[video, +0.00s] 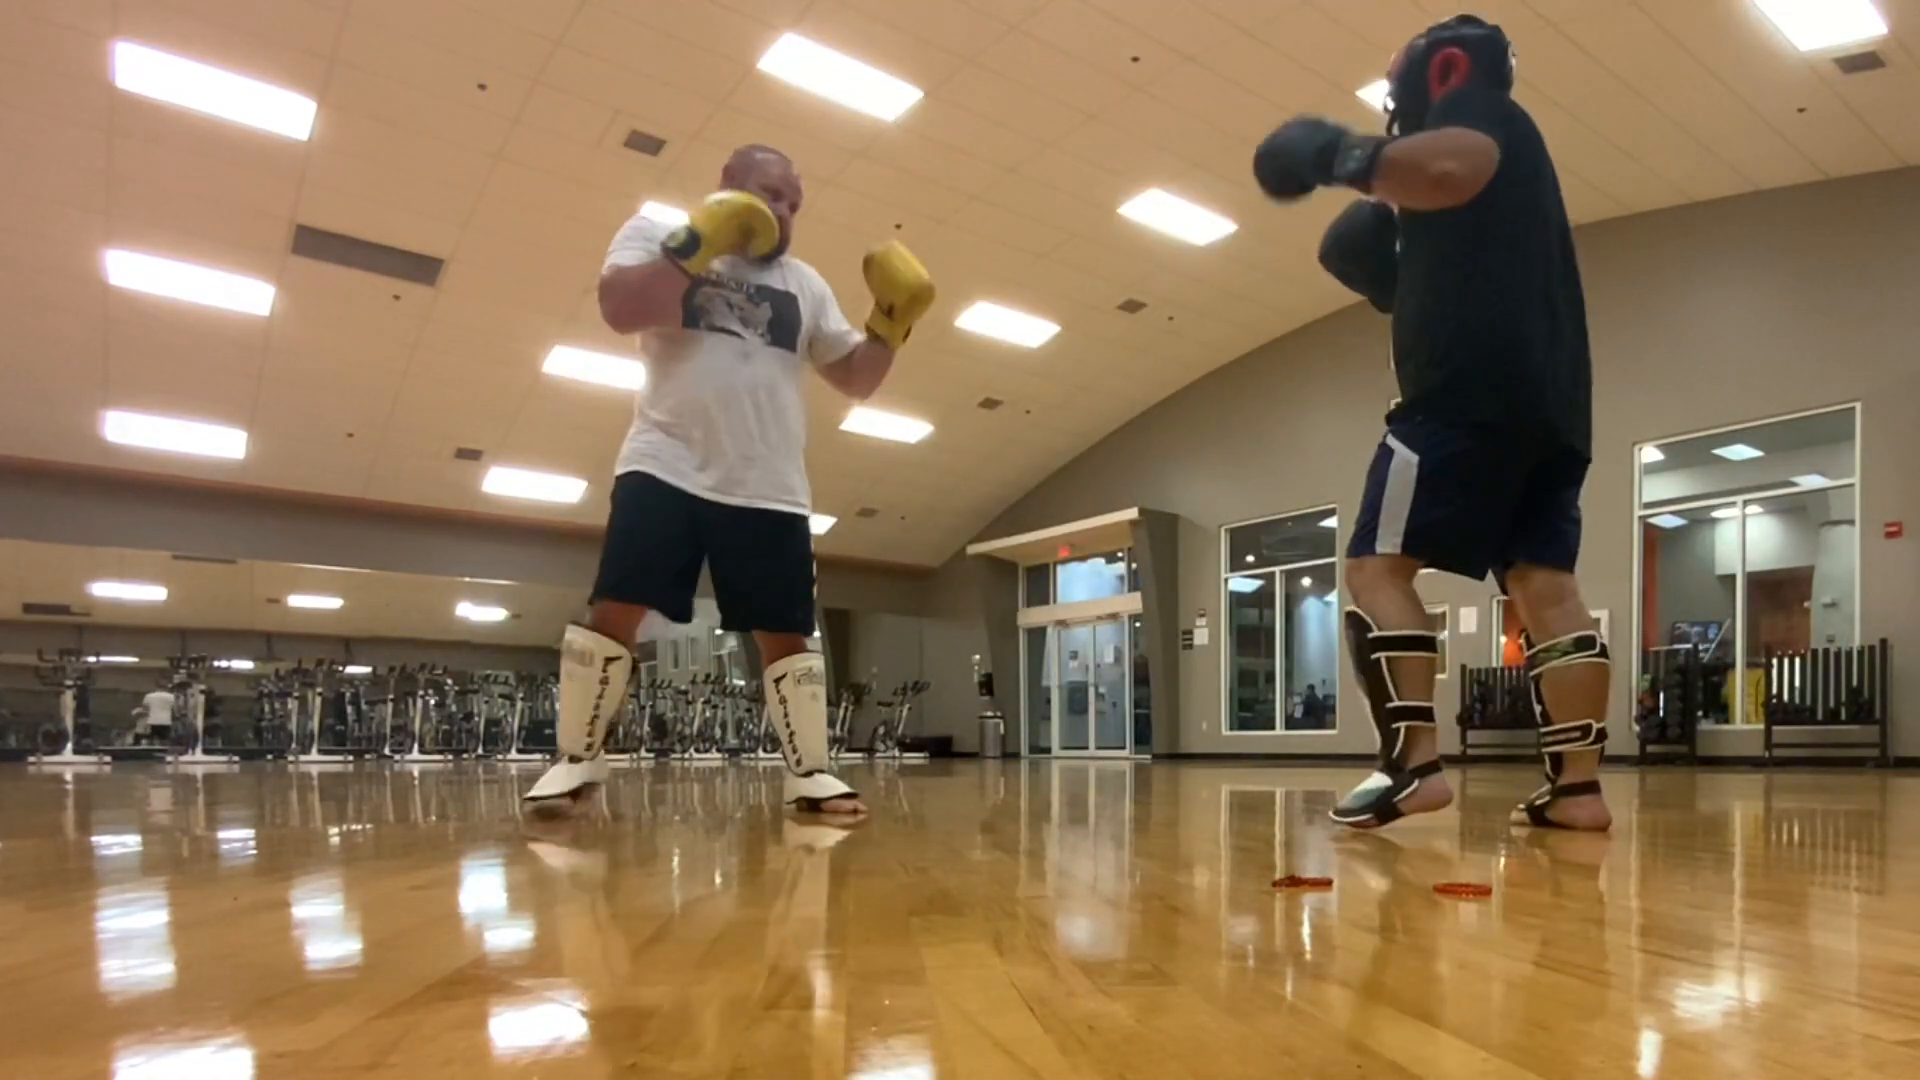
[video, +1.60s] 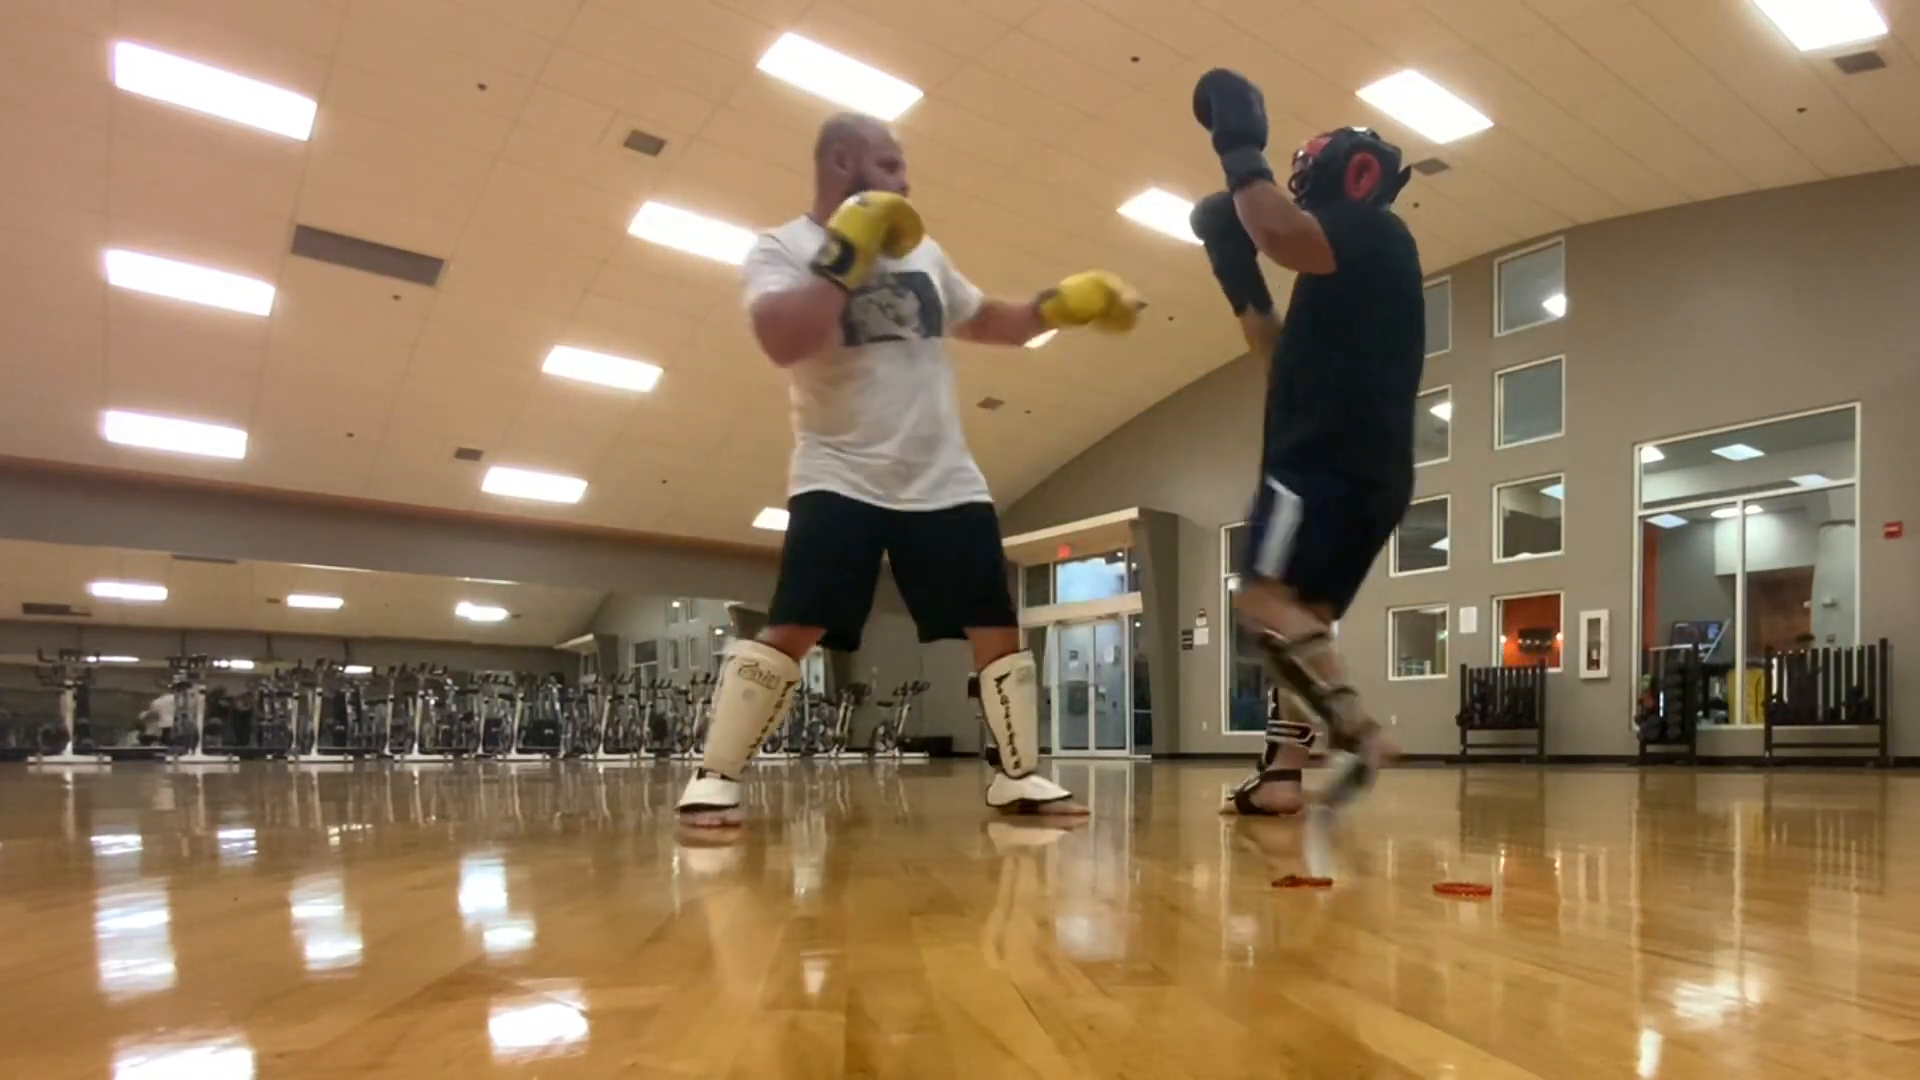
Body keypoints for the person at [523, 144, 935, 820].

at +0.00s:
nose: (783, 212)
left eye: (794, 203)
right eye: (771, 196)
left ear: (799, 211)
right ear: (728, 188)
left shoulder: (805, 283)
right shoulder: (662, 234)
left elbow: (855, 378)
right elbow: (620, 308)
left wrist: (890, 327)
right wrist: (700, 247)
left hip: (768, 475)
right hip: (667, 457)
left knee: (785, 626)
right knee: (618, 605)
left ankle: (810, 773)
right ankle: (577, 760)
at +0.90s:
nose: (845, 175)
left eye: (850, 167)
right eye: (837, 156)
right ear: (785, 138)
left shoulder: (832, 270)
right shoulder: (708, 192)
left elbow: (847, 374)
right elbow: (706, 278)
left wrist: (903, 340)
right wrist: (806, 230)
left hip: (823, 452)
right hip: (731, 431)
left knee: (839, 607)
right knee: (721, 590)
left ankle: (869, 773)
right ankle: (669, 773)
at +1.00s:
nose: (833, 176)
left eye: (839, 167)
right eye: (830, 160)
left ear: (800, 148)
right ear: (785, 138)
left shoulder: (826, 249)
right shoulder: (709, 186)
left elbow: (885, 345)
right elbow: (744, 269)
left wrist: (926, 287)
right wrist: (820, 210)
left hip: (819, 445)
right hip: (727, 436)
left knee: (894, 590)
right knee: (743, 600)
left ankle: (896, 742)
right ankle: (702, 785)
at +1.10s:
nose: (840, 188)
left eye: (842, 177)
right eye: (832, 171)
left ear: (798, 160)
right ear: (785, 153)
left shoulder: (816, 248)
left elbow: (902, 326)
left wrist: (939, 275)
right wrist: (861, 200)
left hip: (811, 437)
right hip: (730, 450)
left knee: (947, 458)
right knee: (754, 611)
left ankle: (936, 610)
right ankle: (707, 788)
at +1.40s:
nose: (826, 160)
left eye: (829, 148)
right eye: (815, 144)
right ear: (760, 131)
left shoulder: (850, 229)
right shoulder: (702, 211)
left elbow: (909, 306)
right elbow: (705, 269)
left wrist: (984, 361)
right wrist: (797, 202)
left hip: (885, 431)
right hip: (781, 443)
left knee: (1001, 531)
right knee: (769, 598)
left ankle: (1013, 680)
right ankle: (706, 782)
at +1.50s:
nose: (861, 163)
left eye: (865, 150)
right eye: (848, 147)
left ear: (863, 153)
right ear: (797, 143)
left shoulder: (878, 234)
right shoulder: (737, 229)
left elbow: (915, 319)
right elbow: (729, 306)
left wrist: (987, 341)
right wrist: (805, 234)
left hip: (915, 452)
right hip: (808, 456)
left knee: (991, 593)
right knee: (778, 609)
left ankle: (1033, 747)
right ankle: (706, 781)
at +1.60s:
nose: (899, 182)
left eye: (903, 170)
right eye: (887, 166)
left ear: (900, 173)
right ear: (838, 161)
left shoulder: (922, 257)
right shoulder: (783, 250)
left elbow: (986, 320)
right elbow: (783, 341)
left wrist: (1055, 304)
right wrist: (846, 254)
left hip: (941, 470)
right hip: (840, 469)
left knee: (991, 613)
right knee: (799, 619)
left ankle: (1016, 776)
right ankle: (716, 778)